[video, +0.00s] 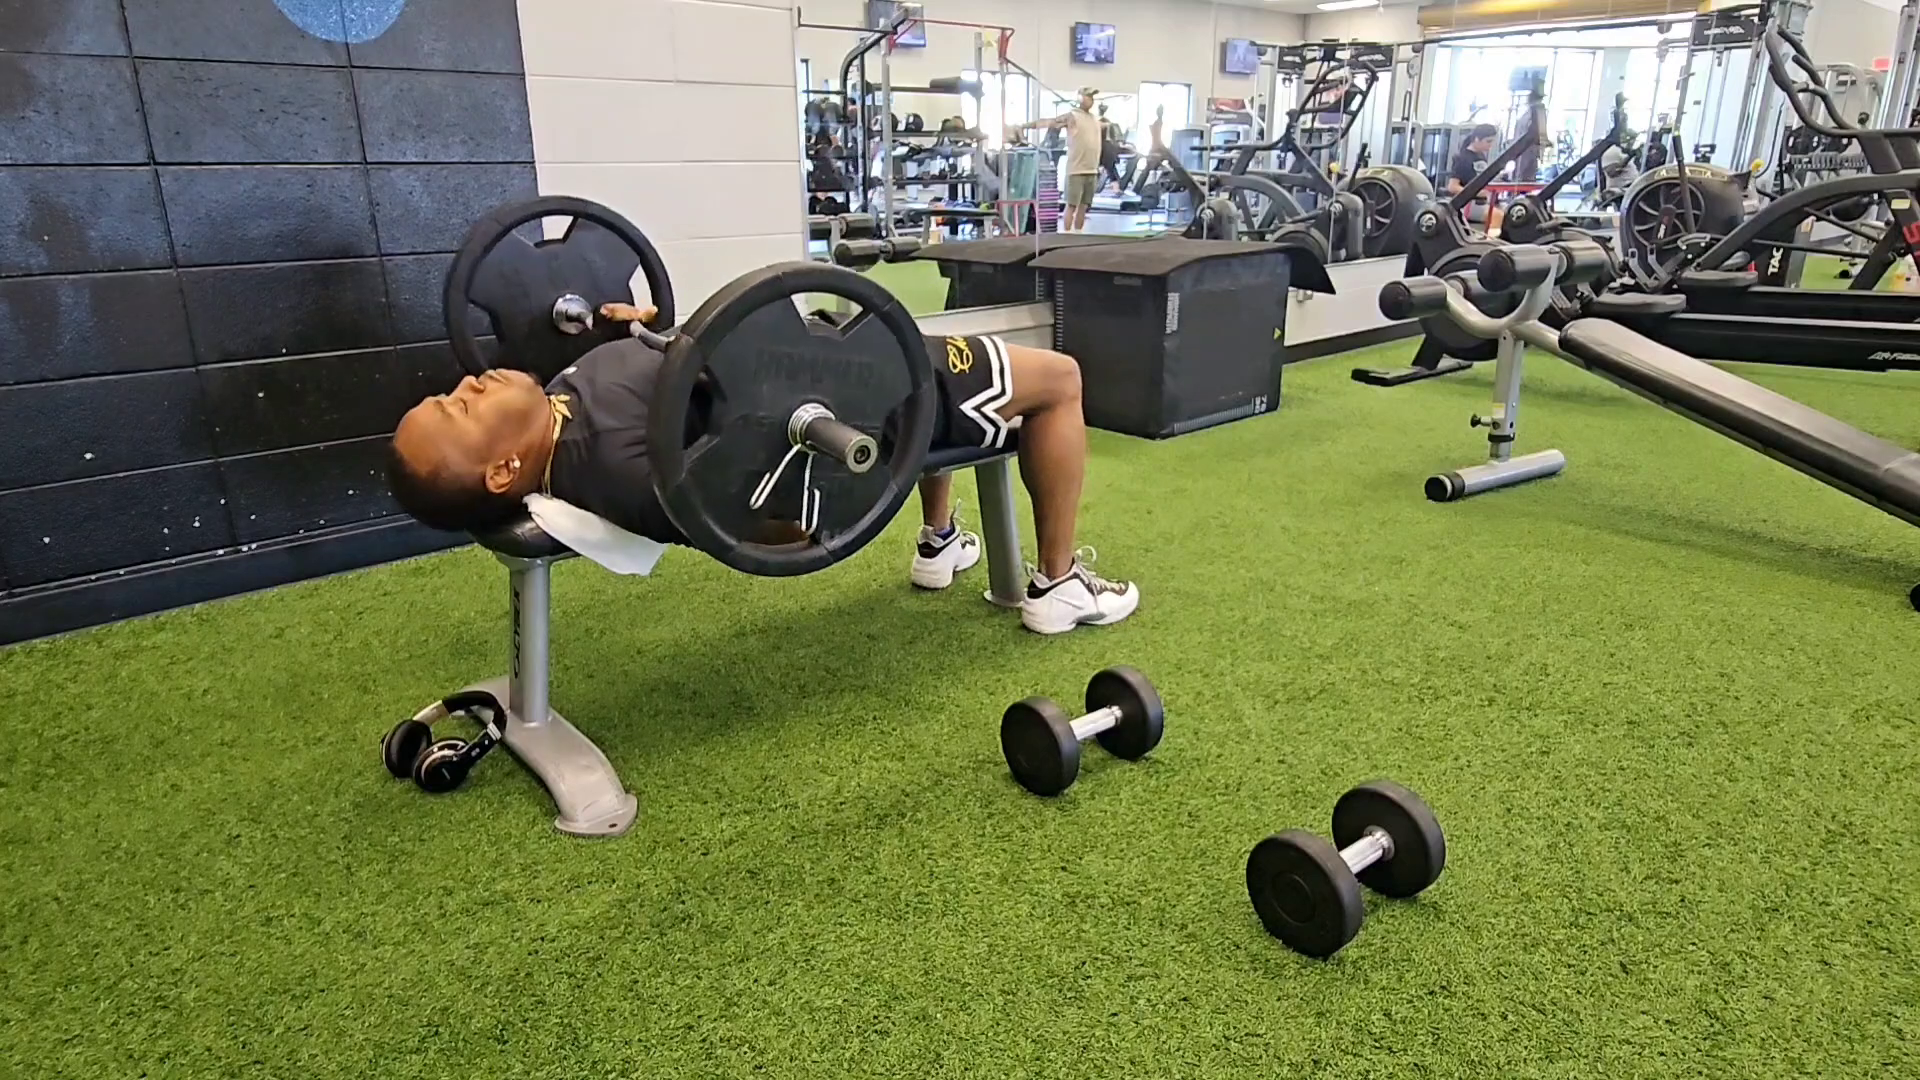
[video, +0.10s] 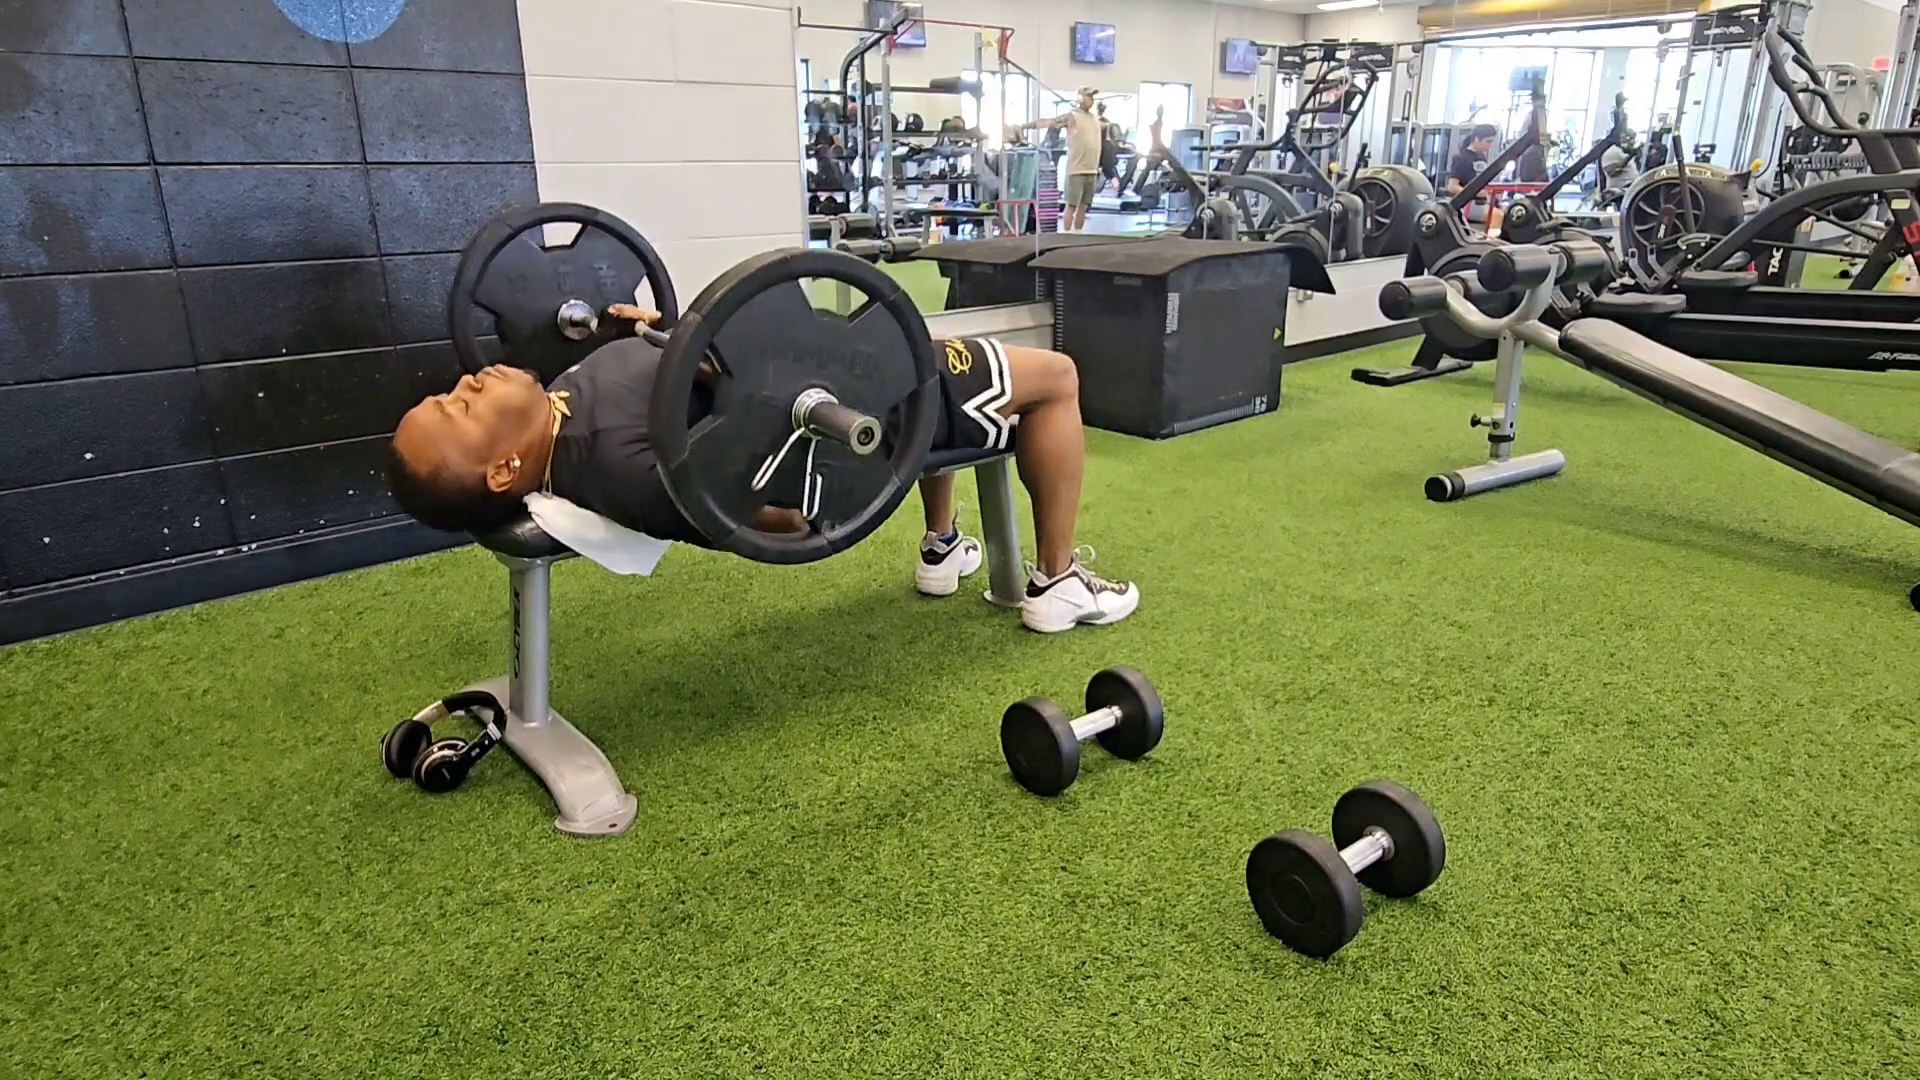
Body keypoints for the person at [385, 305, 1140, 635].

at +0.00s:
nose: (471, 372)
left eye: (446, 384)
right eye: (459, 399)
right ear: (508, 475)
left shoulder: (548, 405)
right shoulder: (634, 472)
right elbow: (786, 520)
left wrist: (628, 336)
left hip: (790, 369)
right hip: (854, 419)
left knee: (932, 342)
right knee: (1057, 378)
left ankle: (942, 541)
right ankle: (1058, 581)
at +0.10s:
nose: (470, 371)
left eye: (441, 385)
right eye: (459, 400)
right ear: (508, 475)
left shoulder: (552, 404)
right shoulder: (631, 470)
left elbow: (624, 369)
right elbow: (781, 516)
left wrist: (635, 333)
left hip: (789, 375)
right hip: (849, 425)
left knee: (925, 346)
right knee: (1053, 374)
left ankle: (944, 546)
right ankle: (1056, 581)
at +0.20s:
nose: (470, 370)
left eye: (449, 385)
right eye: (459, 400)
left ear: (502, 465)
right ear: (509, 470)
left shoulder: (542, 399)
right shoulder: (634, 473)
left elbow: (650, 354)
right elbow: (790, 485)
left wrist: (641, 311)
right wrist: (714, 357)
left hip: (792, 371)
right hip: (851, 420)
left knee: (936, 336)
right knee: (1054, 378)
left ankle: (944, 546)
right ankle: (1059, 580)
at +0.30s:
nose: (470, 373)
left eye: (445, 386)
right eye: (459, 397)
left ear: (501, 461)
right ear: (507, 465)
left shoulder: (559, 405)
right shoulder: (615, 459)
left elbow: (646, 350)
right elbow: (757, 444)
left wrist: (640, 275)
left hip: (788, 377)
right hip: (839, 416)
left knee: (932, 346)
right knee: (1054, 374)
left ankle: (943, 542)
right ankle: (1055, 579)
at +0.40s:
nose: (459, 376)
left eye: (440, 390)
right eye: (451, 405)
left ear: (497, 466)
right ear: (502, 472)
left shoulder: (548, 401)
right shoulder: (614, 453)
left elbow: (596, 316)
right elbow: (740, 369)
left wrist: (602, 203)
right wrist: (770, 213)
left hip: (802, 358)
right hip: (842, 394)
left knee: (938, 339)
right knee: (1053, 379)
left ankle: (946, 546)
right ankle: (1057, 580)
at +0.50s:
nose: (469, 376)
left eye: (443, 389)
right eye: (460, 401)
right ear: (503, 466)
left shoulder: (544, 384)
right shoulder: (615, 444)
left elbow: (573, 261)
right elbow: (698, 294)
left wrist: (574, 133)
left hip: (801, 348)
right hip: (848, 391)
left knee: (936, 354)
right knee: (1051, 374)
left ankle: (955, 544)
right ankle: (1055, 578)